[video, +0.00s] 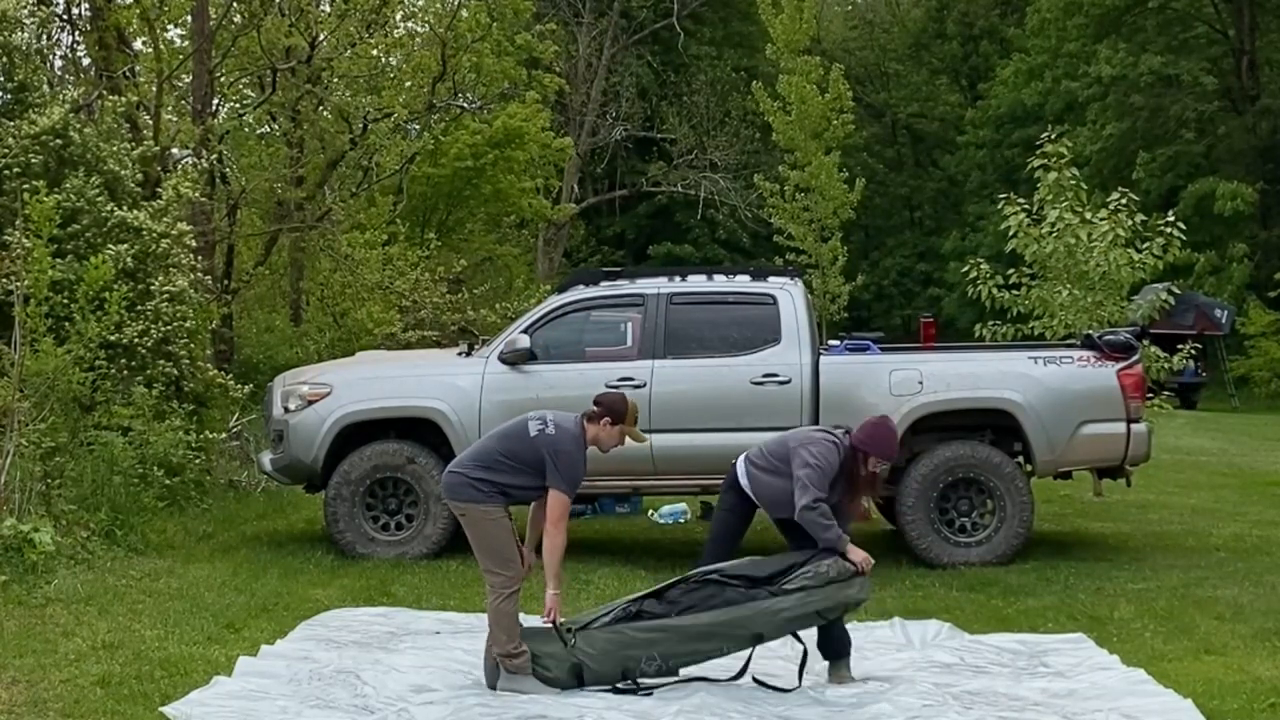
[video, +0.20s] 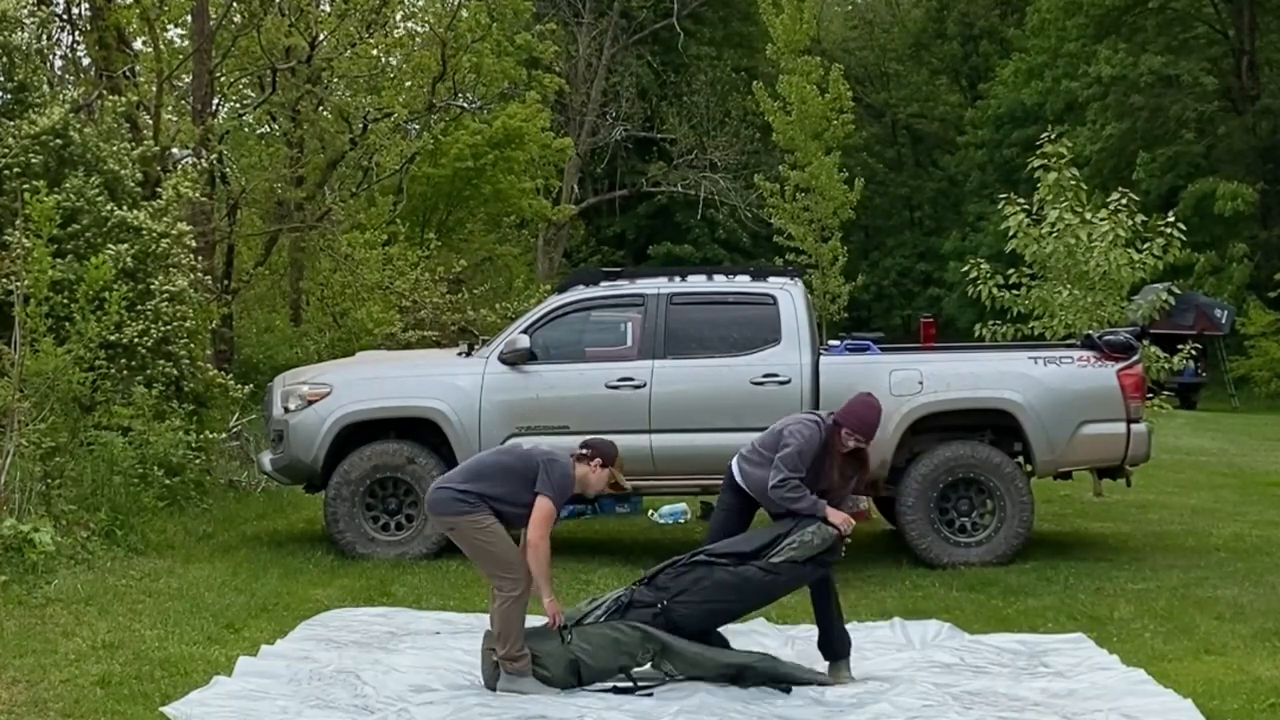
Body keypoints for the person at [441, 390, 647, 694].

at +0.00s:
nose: (622, 442)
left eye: (625, 435)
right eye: (622, 433)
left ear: (601, 421)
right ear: (604, 423)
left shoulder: (566, 431)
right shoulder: (569, 450)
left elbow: (542, 500)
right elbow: (554, 525)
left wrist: (529, 547)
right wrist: (553, 590)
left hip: (476, 486)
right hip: (472, 489)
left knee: (511, 571)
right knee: (506, 576)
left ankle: (498, 661)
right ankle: (513, 670)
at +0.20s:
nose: (606, 488)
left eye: (611, 482)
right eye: (609, 480)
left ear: (592, 463)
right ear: (596, 465)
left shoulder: (559, 473)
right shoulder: (560, 471)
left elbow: (530, 541)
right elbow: (536, 538)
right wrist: (548, 598)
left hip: (455, 500)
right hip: (457, 502)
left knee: (512, 577)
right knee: (515, 578)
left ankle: (498, 665)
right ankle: (514, 672)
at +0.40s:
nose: (555, 430)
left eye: (559, 425)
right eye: (557, 422)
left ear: (535, 409)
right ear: (540, 410)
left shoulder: (494, 426)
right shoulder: (511, 437)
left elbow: (481, 509)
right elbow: (518, 513)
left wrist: (486, 562)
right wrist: (540, 569)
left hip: (409, 497)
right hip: (432, 502)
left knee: (447, 578)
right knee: (478, 584)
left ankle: (404, 657)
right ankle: (513, 673)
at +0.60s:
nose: (501, 404)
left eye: (503, 398)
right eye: (502, 395)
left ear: (474, 383)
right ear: (485, 386)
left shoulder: (433, 398)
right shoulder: (461, 417)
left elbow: (424, 482)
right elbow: (467, 498)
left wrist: (441, 531)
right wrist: (478, 551)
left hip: (357, 484)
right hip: (385, 485)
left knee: (400, 567)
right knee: (443, 553)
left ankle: (397, 665)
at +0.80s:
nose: (478, 409)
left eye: (481, 403)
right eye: (478, 401)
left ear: (451, 389)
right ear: (458, 391)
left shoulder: (416, 399)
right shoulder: (433, 429)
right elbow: (430, 507)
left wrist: (439, 541)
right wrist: (443, 557)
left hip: (339, 486)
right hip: (354, 497)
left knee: (392, 572)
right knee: (392, 585)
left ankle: (391, 648)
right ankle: (370, 682)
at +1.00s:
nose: (416, 370)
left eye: (418, 363)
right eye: (411, 362)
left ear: (390, 356)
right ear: (387, 356)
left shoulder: (380, 390)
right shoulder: (367, 398)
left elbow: (372, 461)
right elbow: (347, 472)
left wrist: (383, 504)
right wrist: (388, 510)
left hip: (326, 498)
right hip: (327, 501)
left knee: (341, 586)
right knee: (368, 584)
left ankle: (280, 658)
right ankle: (370, 684)